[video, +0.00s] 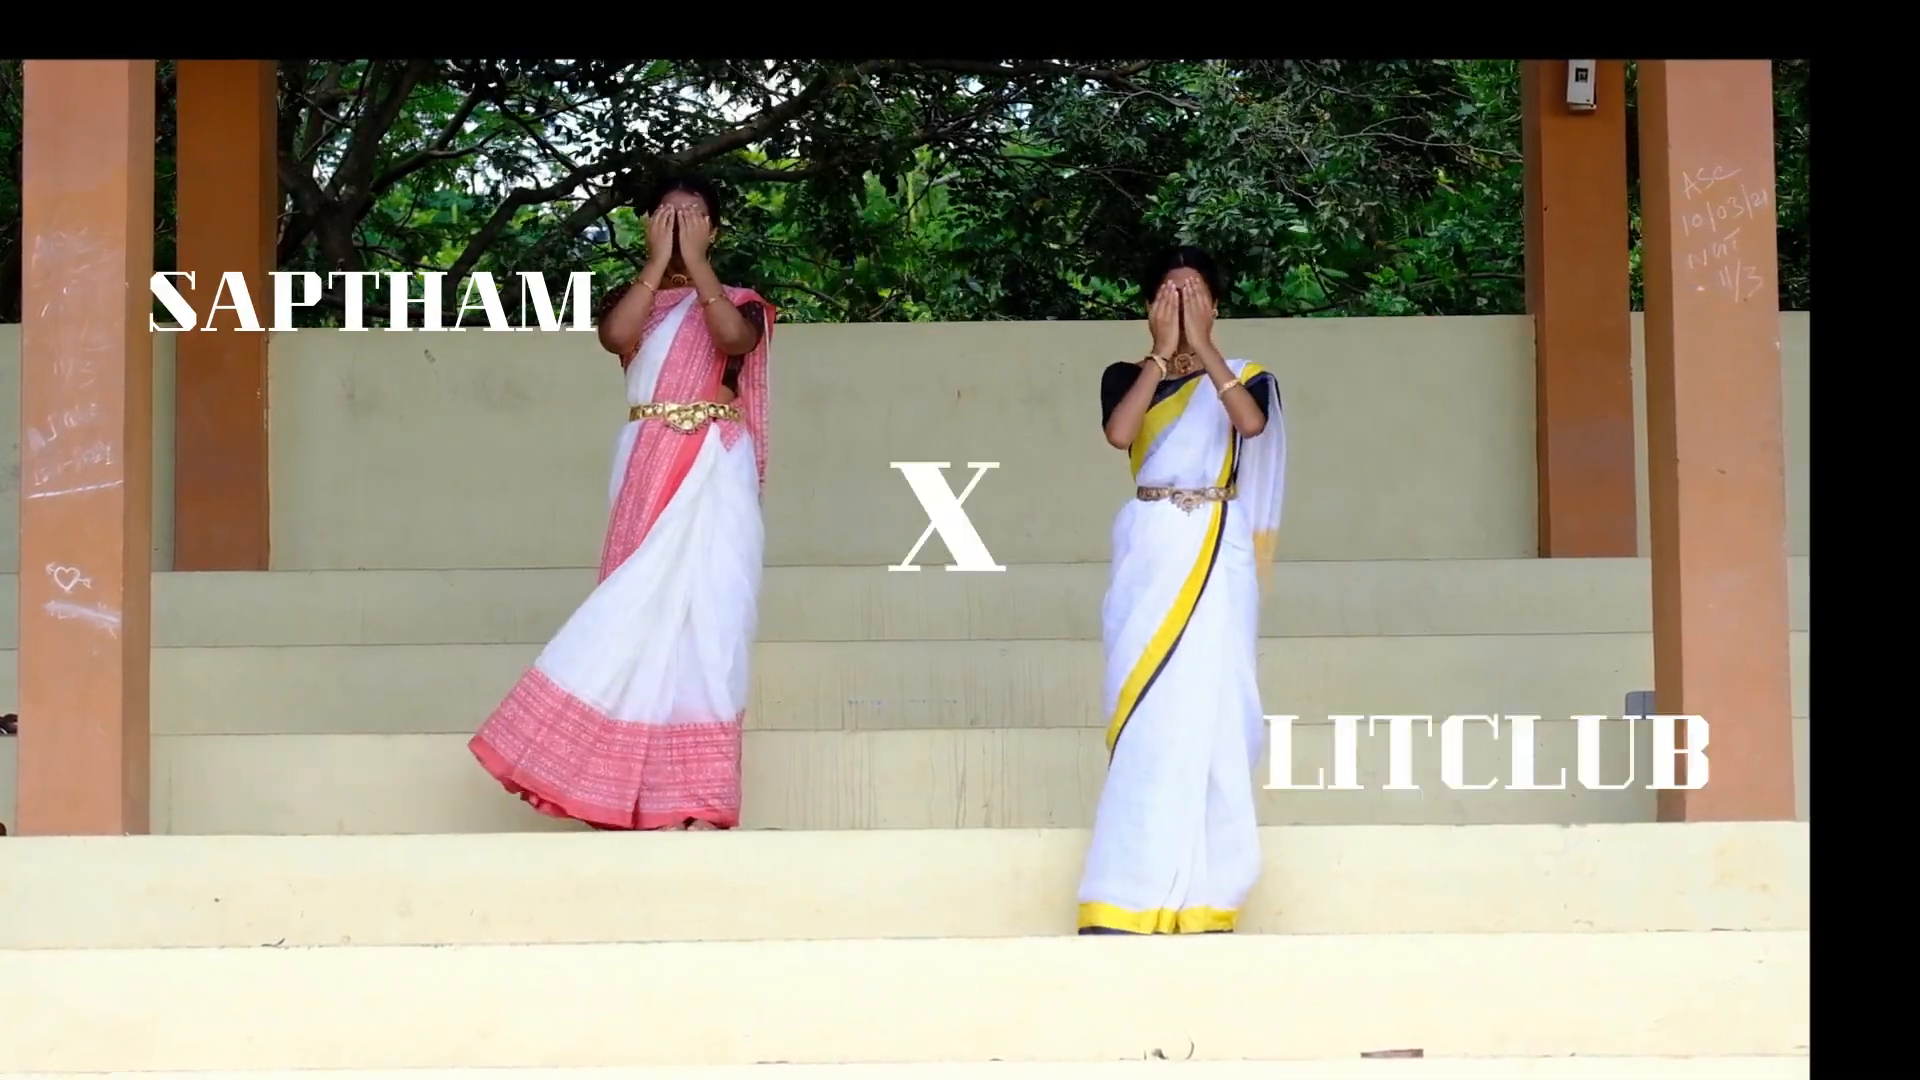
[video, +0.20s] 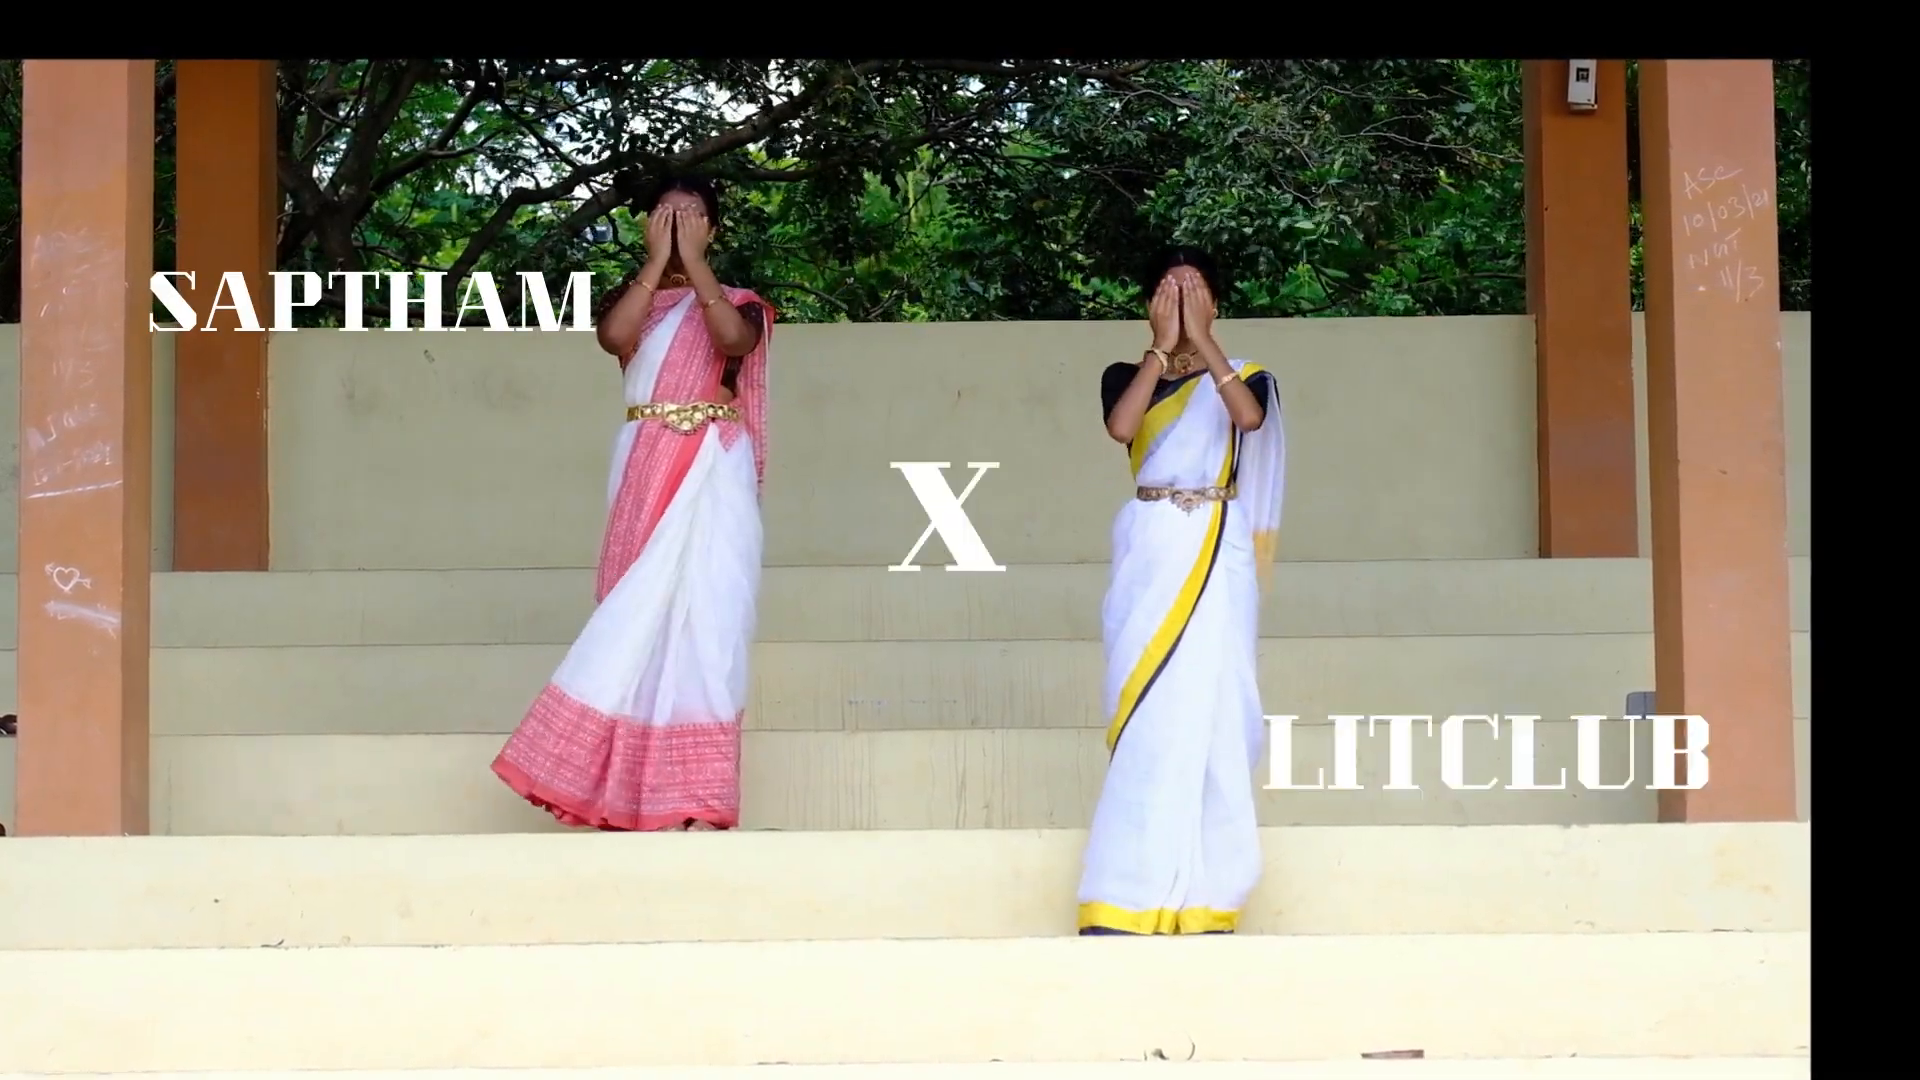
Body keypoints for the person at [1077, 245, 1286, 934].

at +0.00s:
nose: (1182, 305)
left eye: (1195, 293)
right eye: (1169, 293)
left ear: (1216, 303)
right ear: (1152, 305)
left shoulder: (1245, 377)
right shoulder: (1129, 376)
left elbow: (1250, 422)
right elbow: (1120, 433)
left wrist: (1203, 348)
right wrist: (1161, 357)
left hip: (1214, 558)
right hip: (1146, 555)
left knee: (1204, 712)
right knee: (1142, 711)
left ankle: (1202, 890)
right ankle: (1133, 889)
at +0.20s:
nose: (1181, 304)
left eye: (1193, 292)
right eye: (1169, 292)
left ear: (1214, 303)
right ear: (1152, 304)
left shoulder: (1244, 376)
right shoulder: (1132, 376)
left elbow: (1248, 417)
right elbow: (1121, 426)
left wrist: (1204, 340)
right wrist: (1161, 351)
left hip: (1214, 555)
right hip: (1147, 552)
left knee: (1204, 711)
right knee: (1143, 711)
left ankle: (1203, 891)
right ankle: (1132, 891)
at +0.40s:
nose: (1181, 305)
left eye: (1194, 292)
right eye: (1169, 292)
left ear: (1215, 304)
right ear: (1152, 304)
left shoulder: (1244, 376)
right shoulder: (1131, 377)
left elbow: (1246, 413)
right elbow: (1122, 419)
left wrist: (1203, 334)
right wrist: (1160, 345)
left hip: (1214, 556)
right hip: (1146, 553)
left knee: (1203, 714)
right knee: (1143, 713)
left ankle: (1203, 893)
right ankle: (1131, 894)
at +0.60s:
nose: (1182, 306)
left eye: (1195, 292)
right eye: (1170, 292)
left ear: (1216, 305)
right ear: (1152, 305)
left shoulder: (1245, 377)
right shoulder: (1131, 377)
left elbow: (1244, 408)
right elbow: (1123, 414)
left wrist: (1203, 329)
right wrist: (1161, 338)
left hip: (1214, 555)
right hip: (1146, 552)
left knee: (1203, 712)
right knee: (1142, 710)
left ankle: (1203, 892)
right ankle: (1132, 892)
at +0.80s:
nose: (1181, 301)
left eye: (1194, 287)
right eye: (1169, 288)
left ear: (1217, 302)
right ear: (1152, 303)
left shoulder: (1246, 376)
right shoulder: (1132, 377)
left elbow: (1243, 407)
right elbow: (1124, 411)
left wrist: (1204, 325)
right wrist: (1163, 335)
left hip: (1216, 554)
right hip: (1148, 552)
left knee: (1204, 711)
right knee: (1144, 709)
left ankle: (1203, 892)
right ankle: (1135, 892)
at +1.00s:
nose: (1182, 308)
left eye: (1194, 292)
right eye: (1170, 293)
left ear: (1217, 303)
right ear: (1153, 306)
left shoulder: (1246, 376)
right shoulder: (1135, 378)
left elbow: (1243, 406)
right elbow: (1127, 408)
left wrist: (1205, 324)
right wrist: (1164, 332)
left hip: (1216, 554)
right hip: (1148, 552)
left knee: (1203, 712)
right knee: (1145, 711)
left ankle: (1202, 894)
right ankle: (1136, 893)